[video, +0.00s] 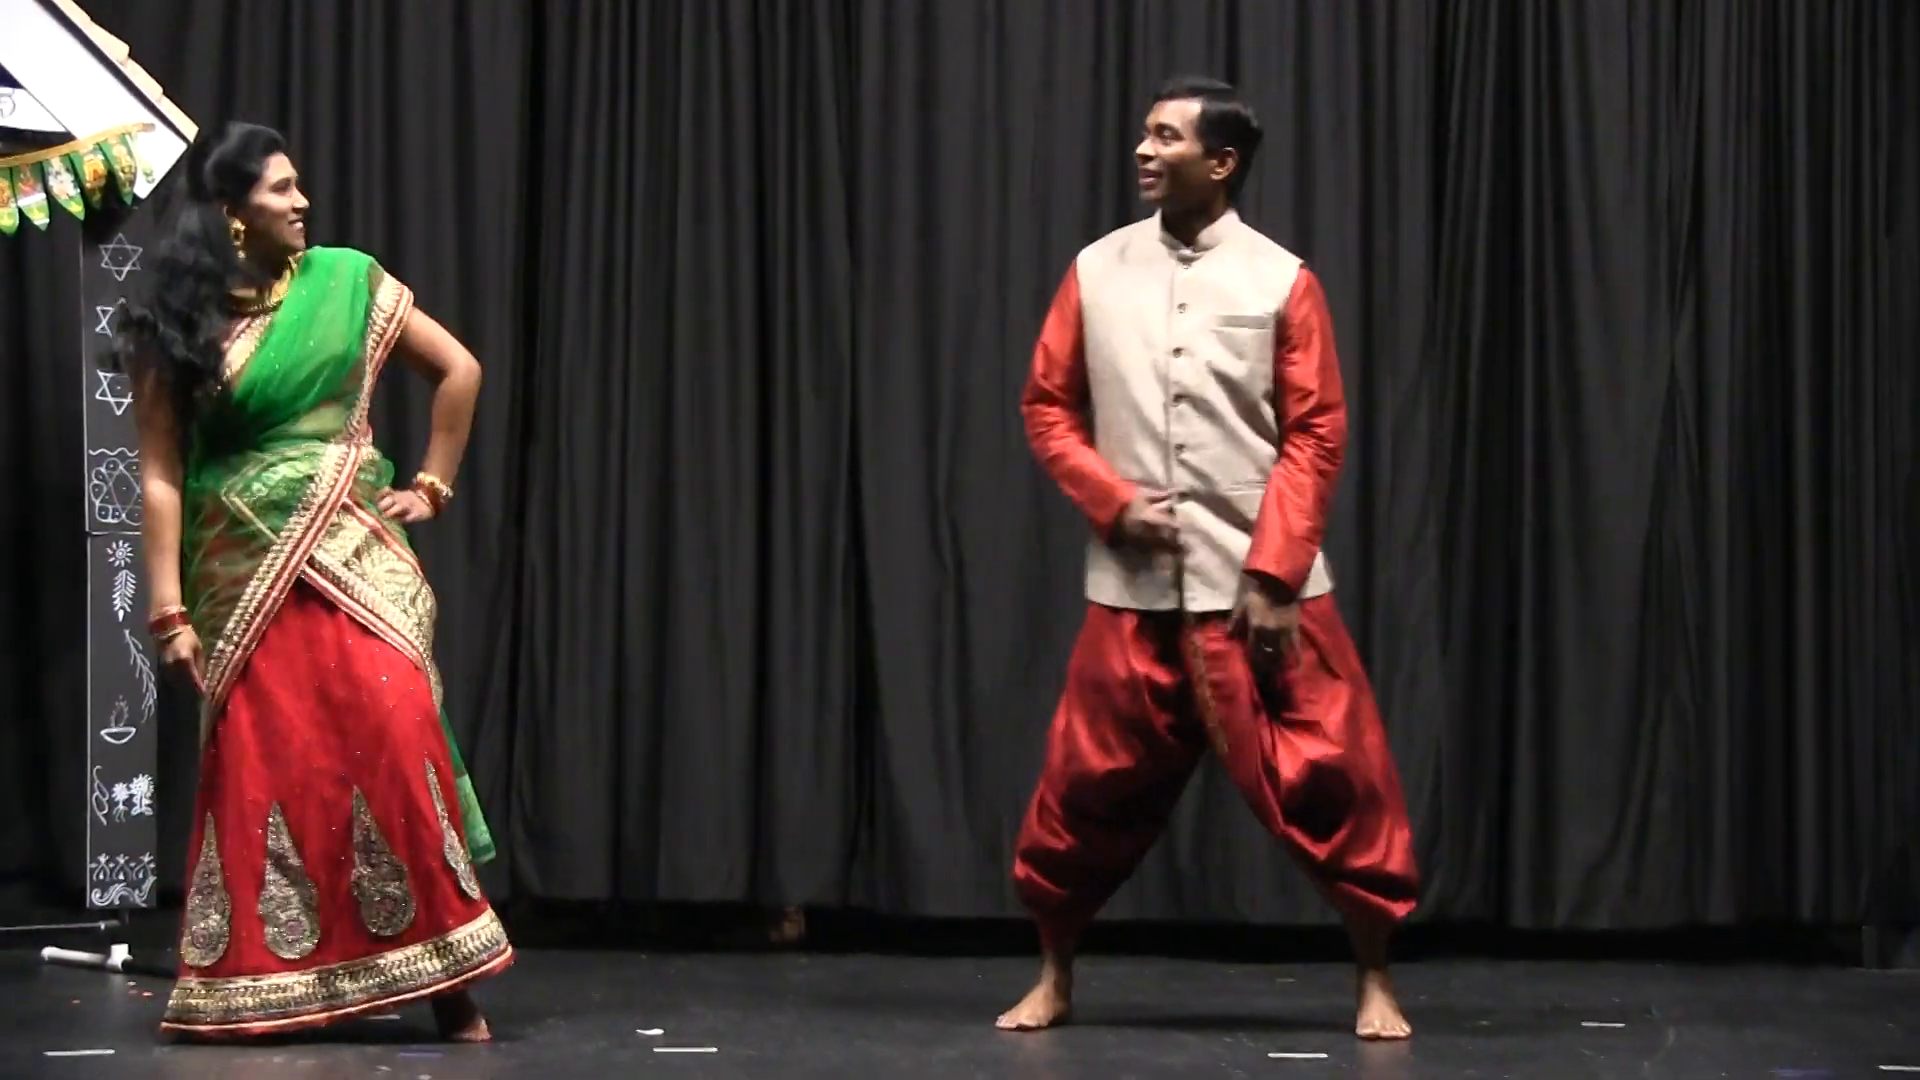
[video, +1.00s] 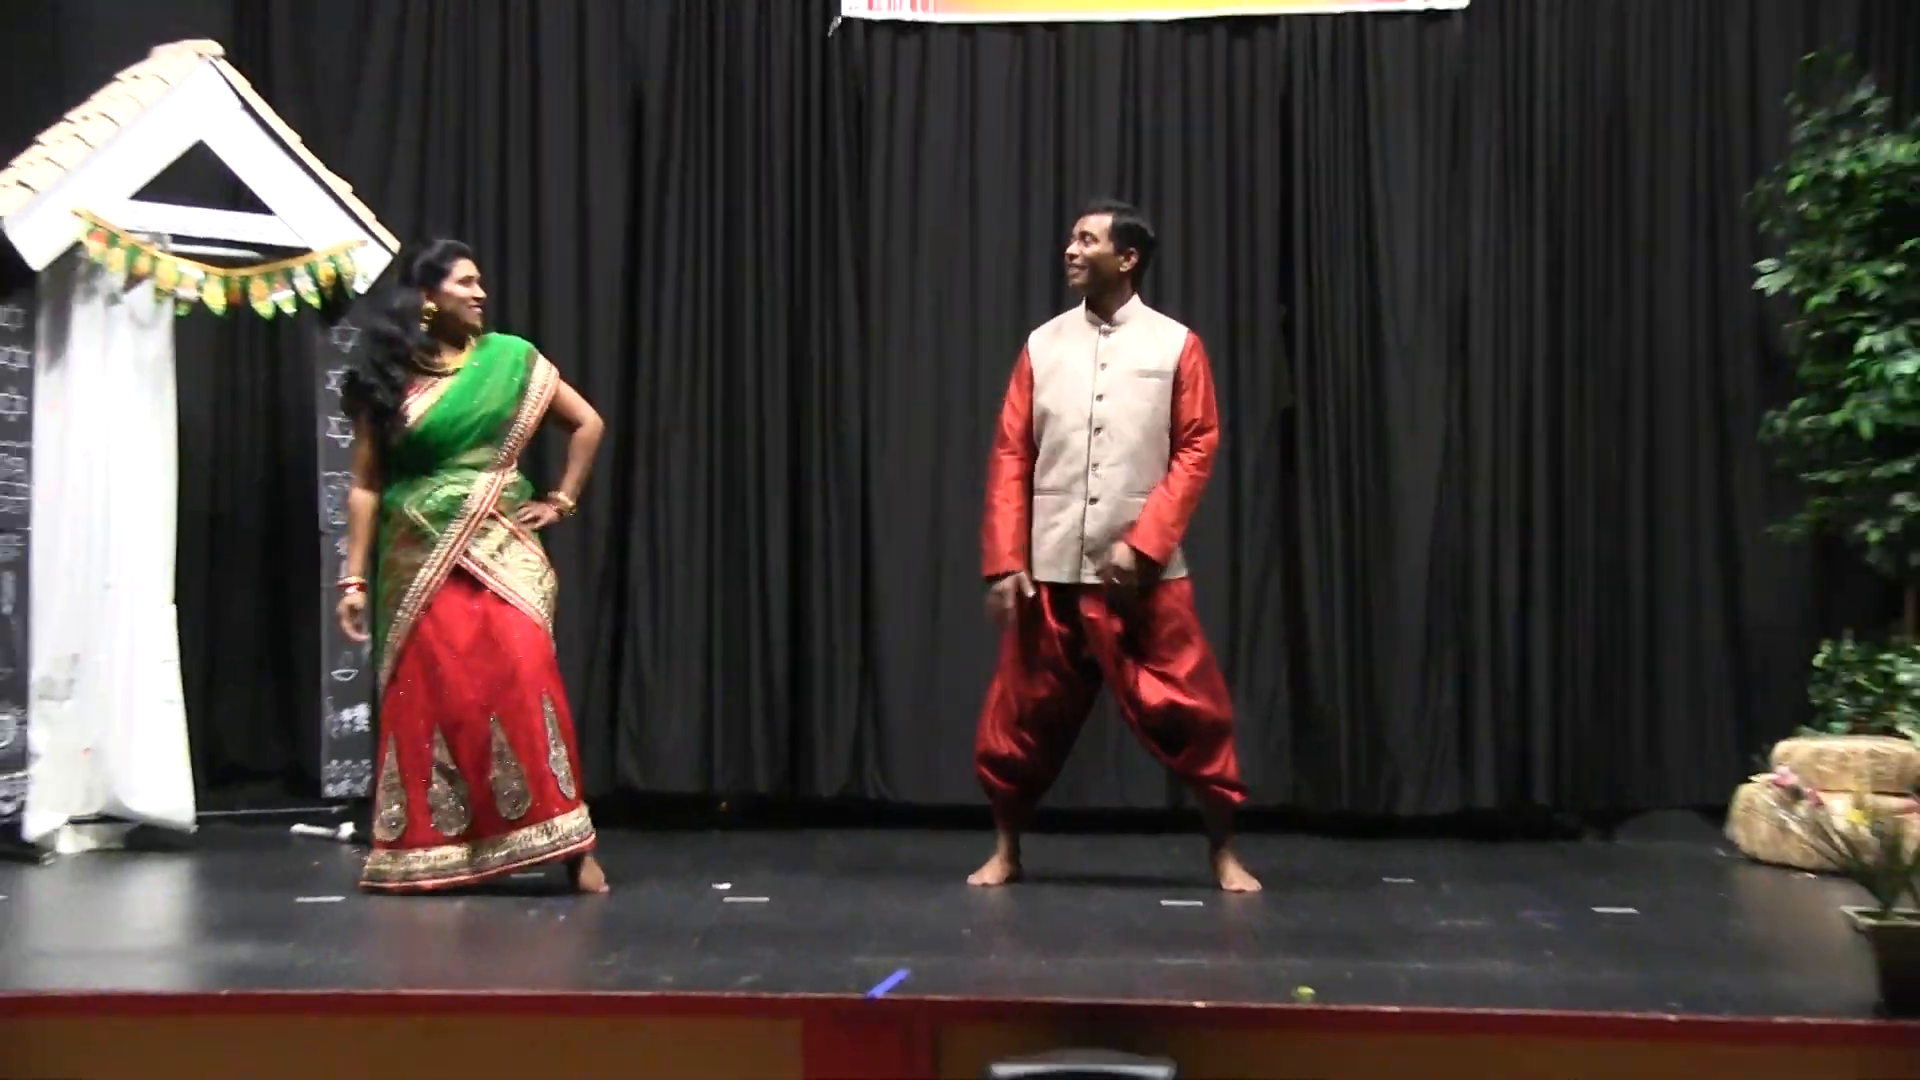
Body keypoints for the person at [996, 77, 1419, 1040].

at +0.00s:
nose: (1144, 150)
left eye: (1166, 137)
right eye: (1145, 135)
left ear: (1224, 159)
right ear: (1147, 152)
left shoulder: (1281, 280)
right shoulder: (1095, 271)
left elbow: (1317, 431)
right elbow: (1045, 408)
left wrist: (1275, 570)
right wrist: (1112, 502)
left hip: (1261, 584)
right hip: (1131, 585)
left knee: (1339, 776)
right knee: (1079, 783)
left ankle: (1375, 986)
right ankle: (1052, 980)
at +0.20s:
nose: (1101, 165)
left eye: (1122, 150)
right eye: (1095, 153)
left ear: (1177, 170)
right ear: (1090, 174)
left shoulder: (1244, 286)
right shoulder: (1058, 299)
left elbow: (1286, 429)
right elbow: (1012, 450)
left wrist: (1209, 533)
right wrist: (984, 583)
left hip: (1208, 593)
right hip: (1076, 595)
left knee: (1291, 776)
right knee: (1041, 789)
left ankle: (1343, 980)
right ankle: (1036, 974)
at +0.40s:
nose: (1116, 155)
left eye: (1134, 140)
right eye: (1103, 143)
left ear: (1174, 161)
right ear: (1087, 166)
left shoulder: (1221, 282)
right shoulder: (1042, 279)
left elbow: (1250, 421)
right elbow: (1000, 414)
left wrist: (1199, 557)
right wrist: (1056, 514)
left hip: (1203, 578)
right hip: (1077, 579)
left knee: (1277, 764)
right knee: (1039, 773)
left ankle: (1324, 963)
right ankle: (1036, 963)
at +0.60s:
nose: (1100, 176)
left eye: (1120, 162)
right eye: (1093, 165)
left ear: (1167, 184)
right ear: (1084, 189)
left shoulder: (1227, 291)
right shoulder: (1057, 308)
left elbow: (1270, 417)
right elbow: (1020, 454)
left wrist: (1193, 524)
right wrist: (997, 581)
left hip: (1193, 581)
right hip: (1070, 585)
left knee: (1256, 761)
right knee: (1037, 768)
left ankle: (1301, 945)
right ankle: (1023, 940)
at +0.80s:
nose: (1086, 211)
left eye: (1104, 200)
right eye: (1087, 200)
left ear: (1150, 220)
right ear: (1088, 218)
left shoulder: (1199, 321)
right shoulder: (1049, 316)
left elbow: (1223, 444)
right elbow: (1012, 432)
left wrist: (1182, 560)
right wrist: (1048, 522)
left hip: (1173, 574)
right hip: (1071, 575)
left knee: (1233, 733)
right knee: (1031, 734)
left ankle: (1264, 896)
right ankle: (1018, 892)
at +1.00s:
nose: (1071, 250)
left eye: (1087, 240)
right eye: (1071, 239)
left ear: (1129, 256)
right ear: (1073, 254)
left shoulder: (1176, 344)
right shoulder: (1041, 345)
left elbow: (1198, 448)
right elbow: (1011, 453)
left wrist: (1147, 542)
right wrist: (1005, 559)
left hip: (1143, 571)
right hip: (1049, 571)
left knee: (1196, 711)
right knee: (1018, 715)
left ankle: (1224, 855)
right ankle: (1004, 852)